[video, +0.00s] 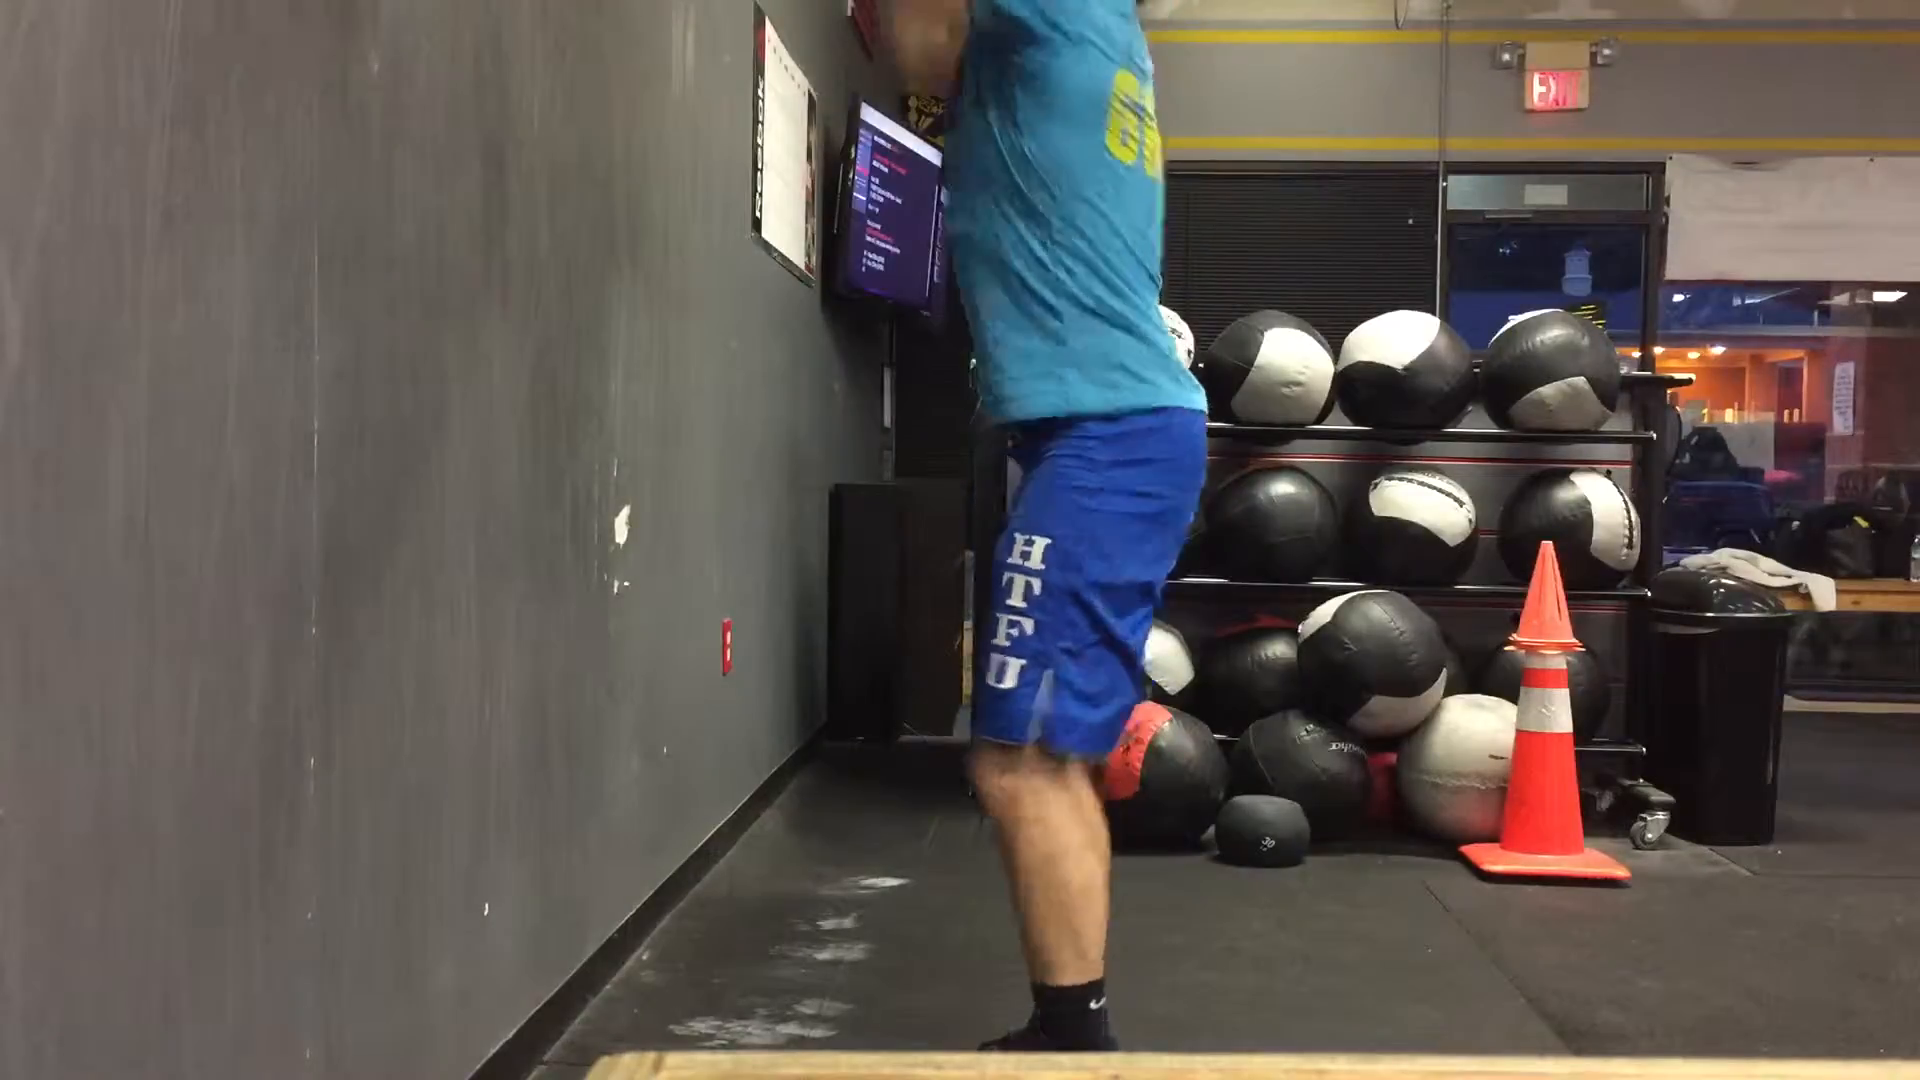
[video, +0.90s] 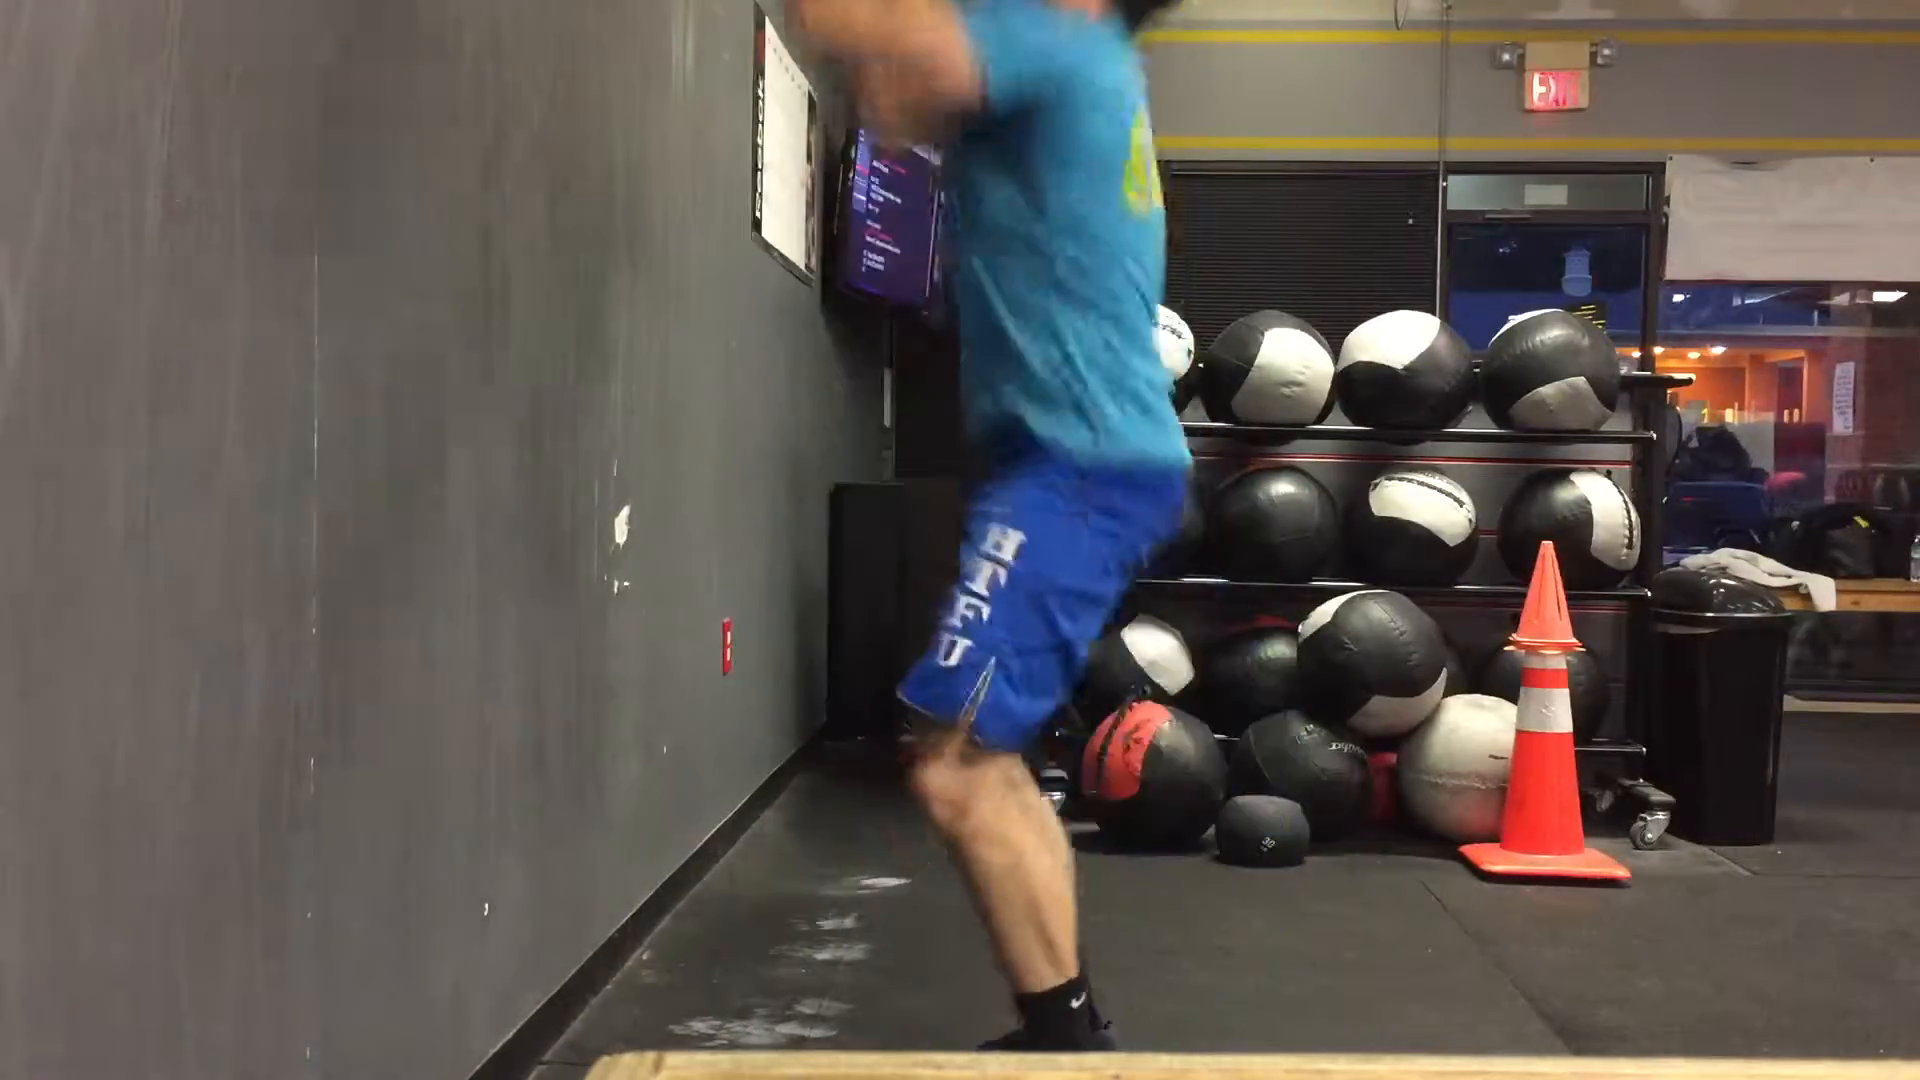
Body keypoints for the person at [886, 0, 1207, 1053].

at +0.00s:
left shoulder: (1056, 16)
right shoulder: (1086, 32)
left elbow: (920, 58)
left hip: (1107, 426)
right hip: (1101, 423)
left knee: (1013, 758)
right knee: (1050, 757)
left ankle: (1071, 1030)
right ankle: (1073, 1027)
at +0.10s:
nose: (1015, 0)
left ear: (1077, 8)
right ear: (1099, 17)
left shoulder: (1054, 84)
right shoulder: (1084, 102)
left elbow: (818, 121)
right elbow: (921, 223)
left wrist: (792, 2)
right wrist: (875, 103)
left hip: (1139, 499)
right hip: (1123, 496)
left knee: (945, 789)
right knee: (1009, 790)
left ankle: (1058, 1038)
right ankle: (1064, 1023)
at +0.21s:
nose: (986, 109)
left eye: (1013, 93)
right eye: (1002, 89)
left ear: (1062, 136)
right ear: (1065, 149)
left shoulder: (1023, 253)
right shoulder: (1068, 252)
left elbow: (803, 346)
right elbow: (903, 407)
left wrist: (764, 180)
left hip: (1174, 642)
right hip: (1185, 624)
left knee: (907, 821)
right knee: (958, 782)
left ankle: (1044, 1043)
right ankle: (1061, 1017)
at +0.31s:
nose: (959, 267)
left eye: (985, 257)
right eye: (975, 250)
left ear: (1032, 302)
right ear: (1036, 305)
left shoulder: (1015, 433)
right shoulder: (1053, 412)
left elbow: (807, 562)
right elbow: (850, 539)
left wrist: (743, 398)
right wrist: (777, 399)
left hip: (1197, 779)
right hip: (1166, 729)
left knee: (891, 849)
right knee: (923, 768)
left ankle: (1044, 1049)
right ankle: (1061, 1019)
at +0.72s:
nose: (949, 166)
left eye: (974, 152)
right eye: (962, 149)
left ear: (1023, 189)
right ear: (1023, 195)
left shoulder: (1020, 313)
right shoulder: (1035, 299)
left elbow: (827, 450)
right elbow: (855, 425)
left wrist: (752, 305)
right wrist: (771, 309)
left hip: (1187, 655)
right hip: (1149, 636)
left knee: (911, 830)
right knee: (932, 765)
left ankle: (1049, 1043)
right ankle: (1060, 1016)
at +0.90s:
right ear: (1105, 5)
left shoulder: (1065, 43)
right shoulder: (1072, 58)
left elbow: (914, 69)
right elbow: (904, 111)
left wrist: (807, 14)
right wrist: (885, 43)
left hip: (1086, 460)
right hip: (1057, 456)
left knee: (957, 767)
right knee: (973, 758)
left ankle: (1063, 1031)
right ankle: (1057, 1022)